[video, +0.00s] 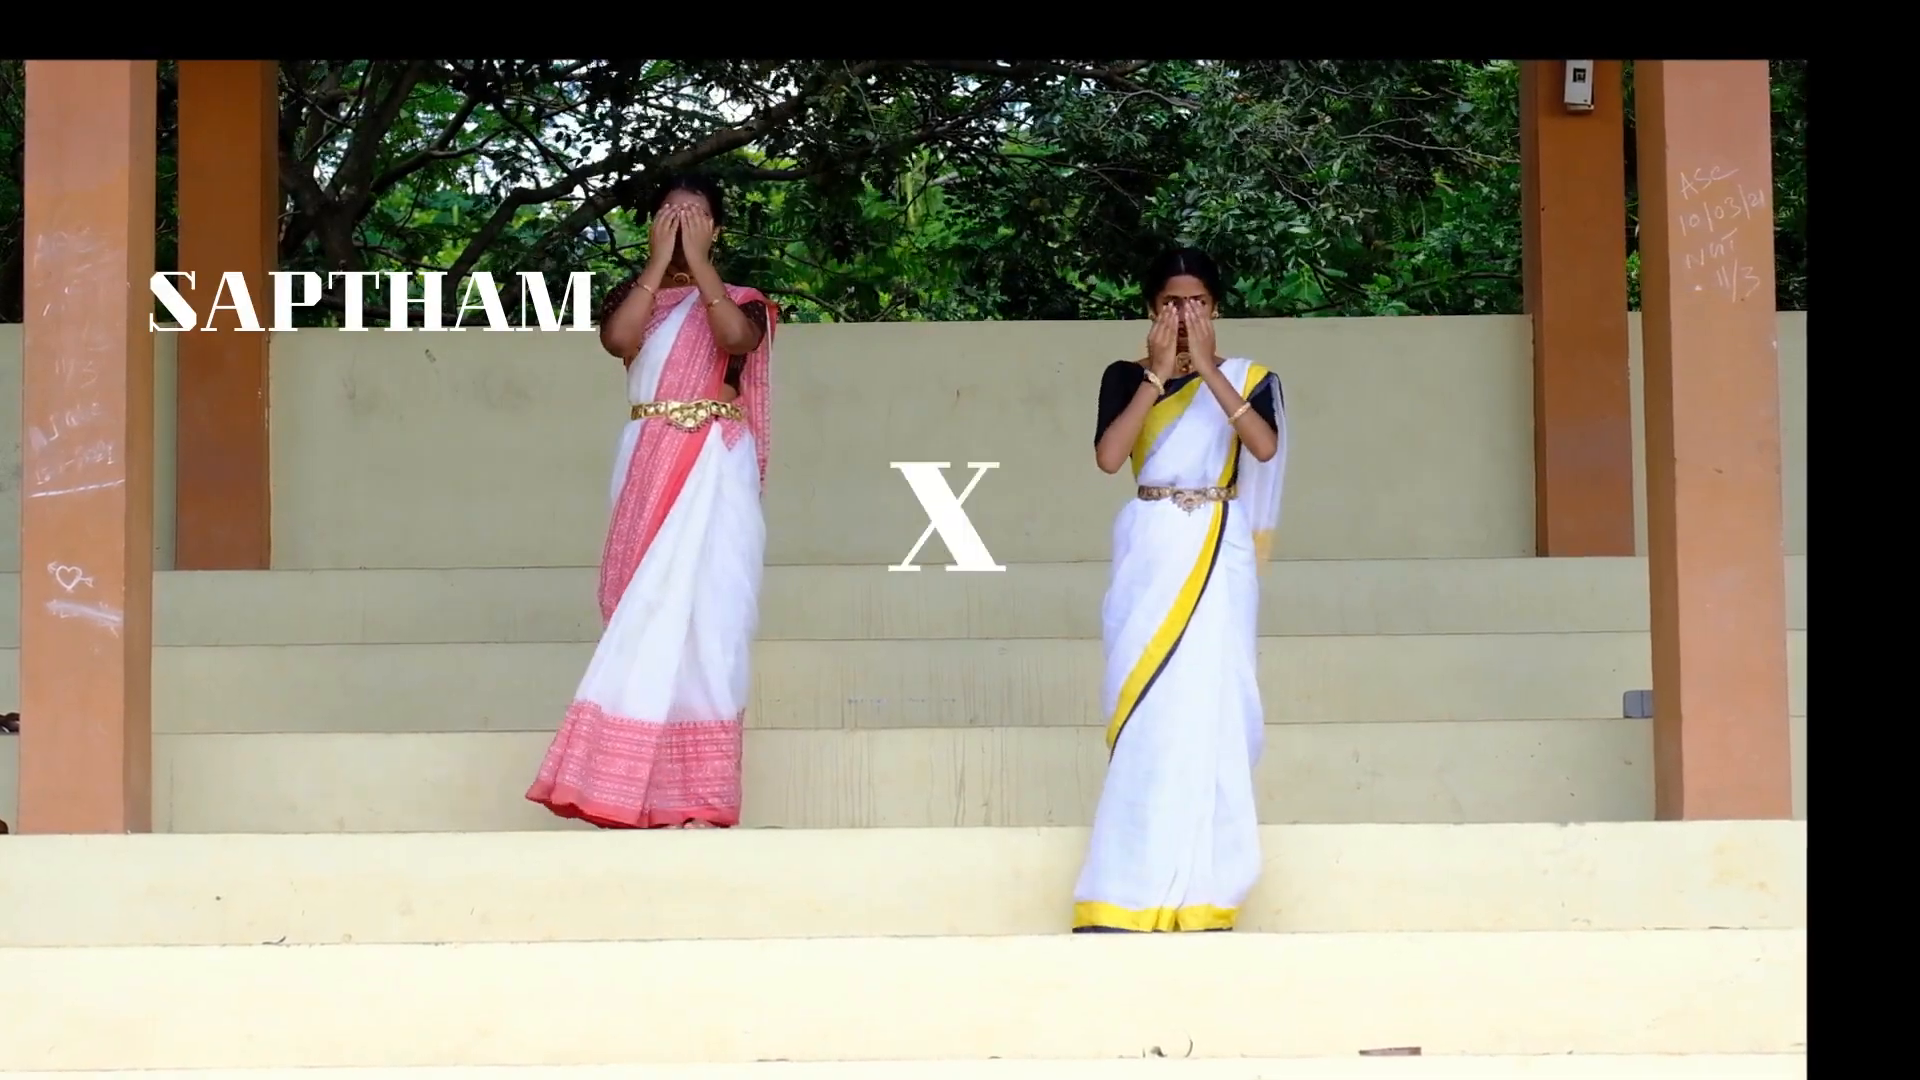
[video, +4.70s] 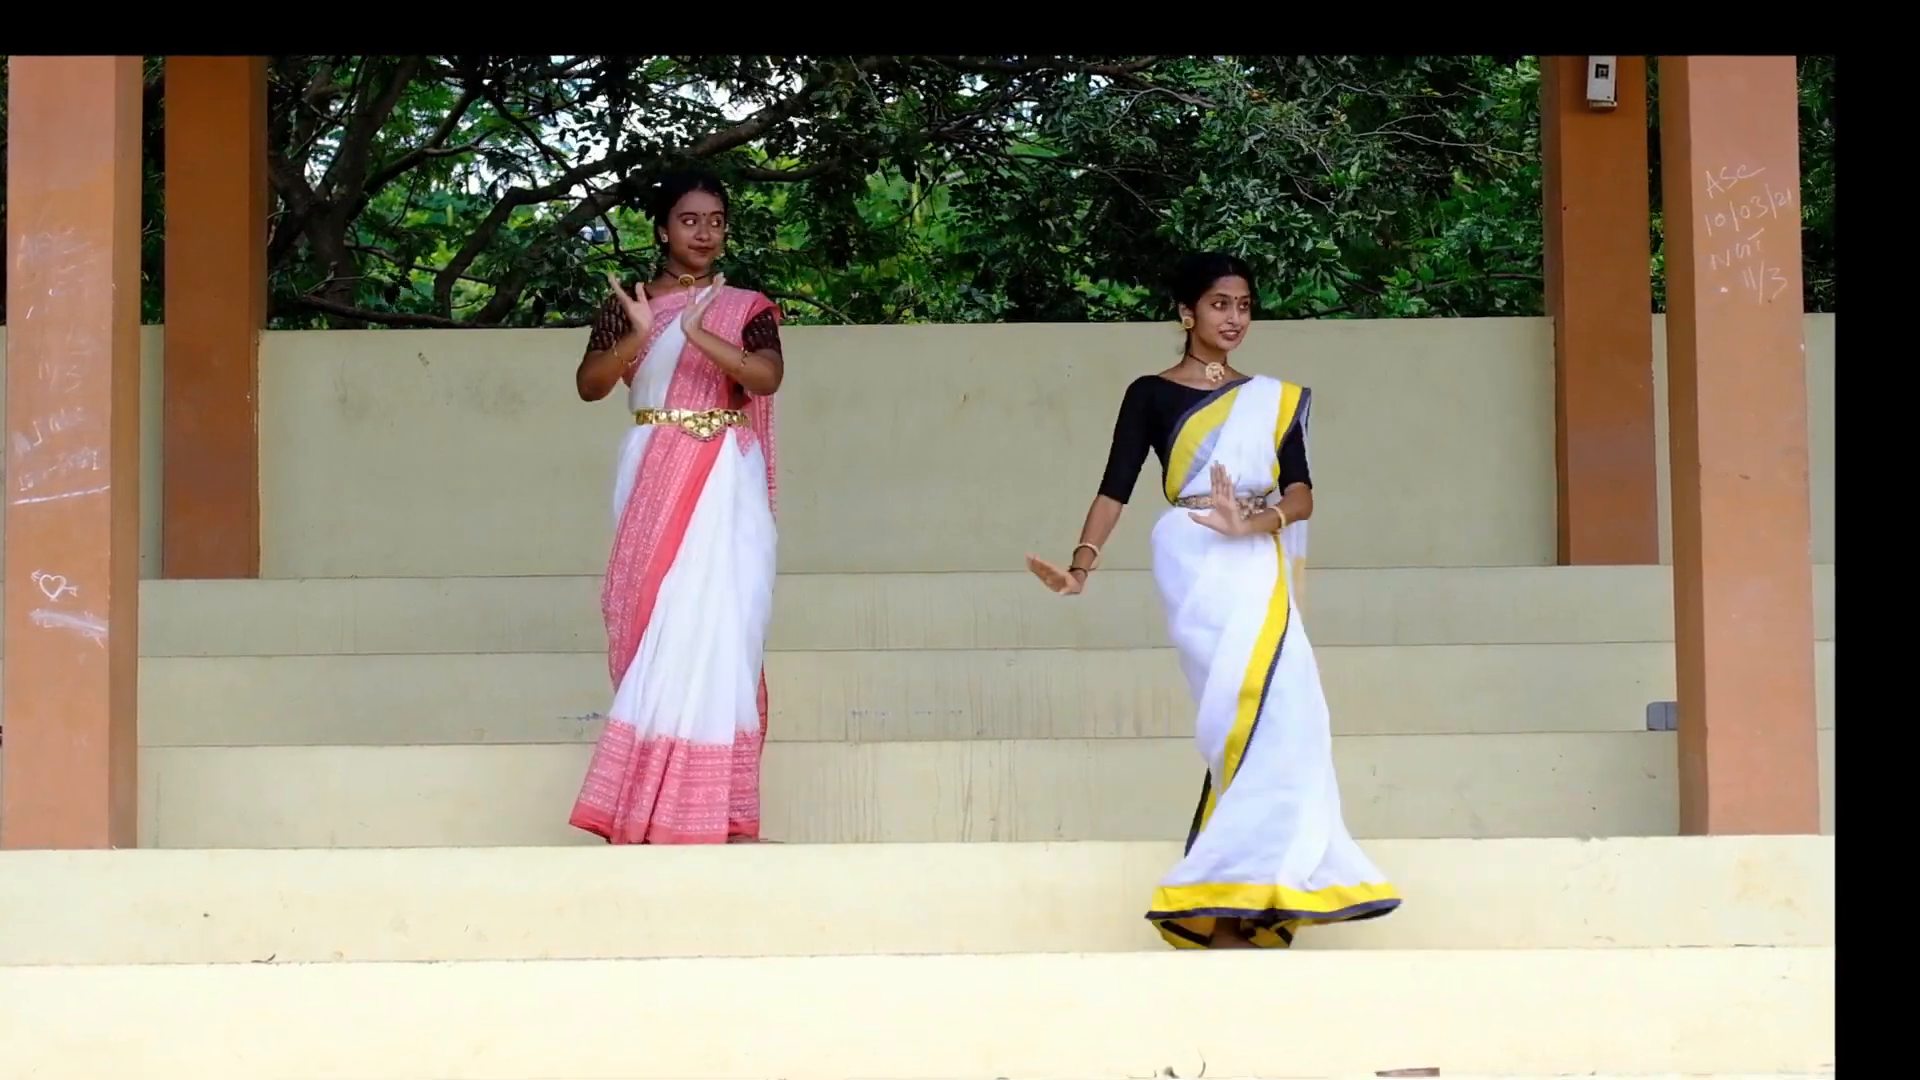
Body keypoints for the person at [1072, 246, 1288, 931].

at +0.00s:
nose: (1185, 313)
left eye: (1196, 302)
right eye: (1172, 303)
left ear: (1216, 310)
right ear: (1153, 313)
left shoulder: (1246, 377)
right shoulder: (1127, 377)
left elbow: (1264, 445)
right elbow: (1110, 457)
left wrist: (1206, 368)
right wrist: (1155, 376)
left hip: (1217, 557)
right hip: (1147, 555)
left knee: (1205, 712)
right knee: (1142, 711)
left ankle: (1201, 889)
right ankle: (1133, 889)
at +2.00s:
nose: (1185, 311)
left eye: (1197, 296)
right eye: (1173, 296)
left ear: (1219, 305)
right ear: (1156, 308)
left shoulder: (1249, 377)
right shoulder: (1137, 379)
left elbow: (1246, 407)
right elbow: (1130, 408)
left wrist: (1208, 326)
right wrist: (1166, 333)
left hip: (1220, 555)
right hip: (1152, 553)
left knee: (1208, 712)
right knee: (1148, 710)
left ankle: (1208, 894)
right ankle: (1140, 893)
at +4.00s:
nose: (1192, 318)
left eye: (1204, 306)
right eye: (1180, 305)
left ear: (1225, 311)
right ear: (1163, 309)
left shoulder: (1254, 379)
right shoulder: (1138, 375)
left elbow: (1246, 424)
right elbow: (1132, 422)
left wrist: (1209, 338)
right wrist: (1173, 342)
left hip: (1223, 566)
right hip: (1153, 563)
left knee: (1219, 726)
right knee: (1153, 723)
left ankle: (1218, 906)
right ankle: (1148, 905)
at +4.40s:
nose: (1202, 320)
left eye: (1215, 309)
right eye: (1189, 308)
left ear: (1230, 315)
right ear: (1165, 313)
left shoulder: (1262, 382)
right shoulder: (1141, 382)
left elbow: (1286, 458)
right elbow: (1136, 457)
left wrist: (1253, 366)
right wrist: (1173, 373)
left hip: (1240, 558)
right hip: (1172, 555)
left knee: (1239, 720)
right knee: (1169, 718)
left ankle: (1238, 905)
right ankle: (1163, 906)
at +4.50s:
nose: (1213, 318)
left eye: (1224, 307)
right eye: (1200, 305)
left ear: (1236, 316)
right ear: (1174, 311)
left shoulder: (1273, 392)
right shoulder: (1145, 389)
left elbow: (1299, 496)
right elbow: (1123, 498)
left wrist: (1265, 448)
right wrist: (1178, 441)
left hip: (1255, 563)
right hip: (1183, 563)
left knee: (1254, 723)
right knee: (1186, 722)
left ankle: (1248, 908)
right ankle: (1175, 908)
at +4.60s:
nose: (1225, 320)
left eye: (1235, 309)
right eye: (1212, 307)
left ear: (1244, 318)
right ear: (1181, 312)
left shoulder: (1271, 400)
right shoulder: (1148, 395)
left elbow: (1299, 498)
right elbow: (1121, 497)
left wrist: (1261, 510)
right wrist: (1132, 520)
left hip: (1266, 572)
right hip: (1193, 570)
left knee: (1284, 722)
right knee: (1248, 726)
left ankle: (1247, 913)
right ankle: (1167, 900)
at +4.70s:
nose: (1235, 316)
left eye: (1243, 305)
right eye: (1221, 303)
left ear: (1250, 316)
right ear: (1188, 310)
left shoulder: (1271, 399)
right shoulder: (1151, 395)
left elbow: (1301, 494)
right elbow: (1115, 488)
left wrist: (1257, 518)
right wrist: (1079, 564)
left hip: (1266, 564)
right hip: (1196, 563)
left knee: (1287, 709)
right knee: (1255, 707)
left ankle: (1250, 895)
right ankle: (1223, 889)